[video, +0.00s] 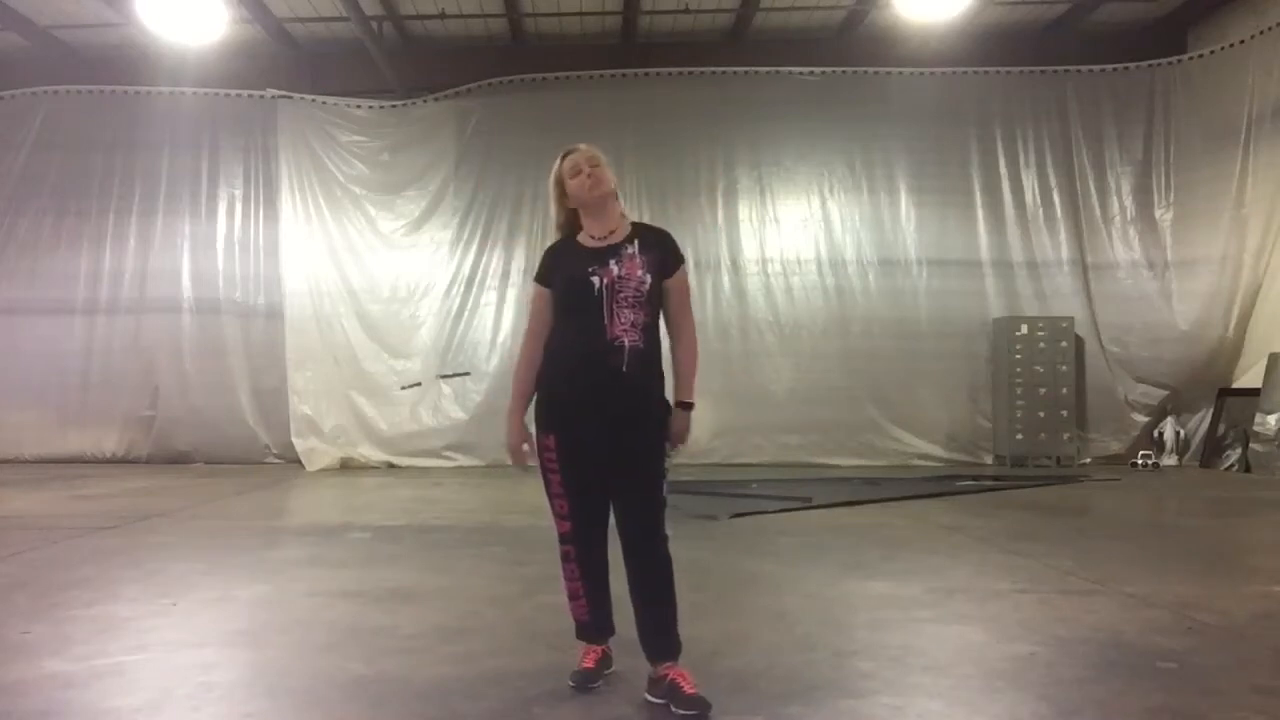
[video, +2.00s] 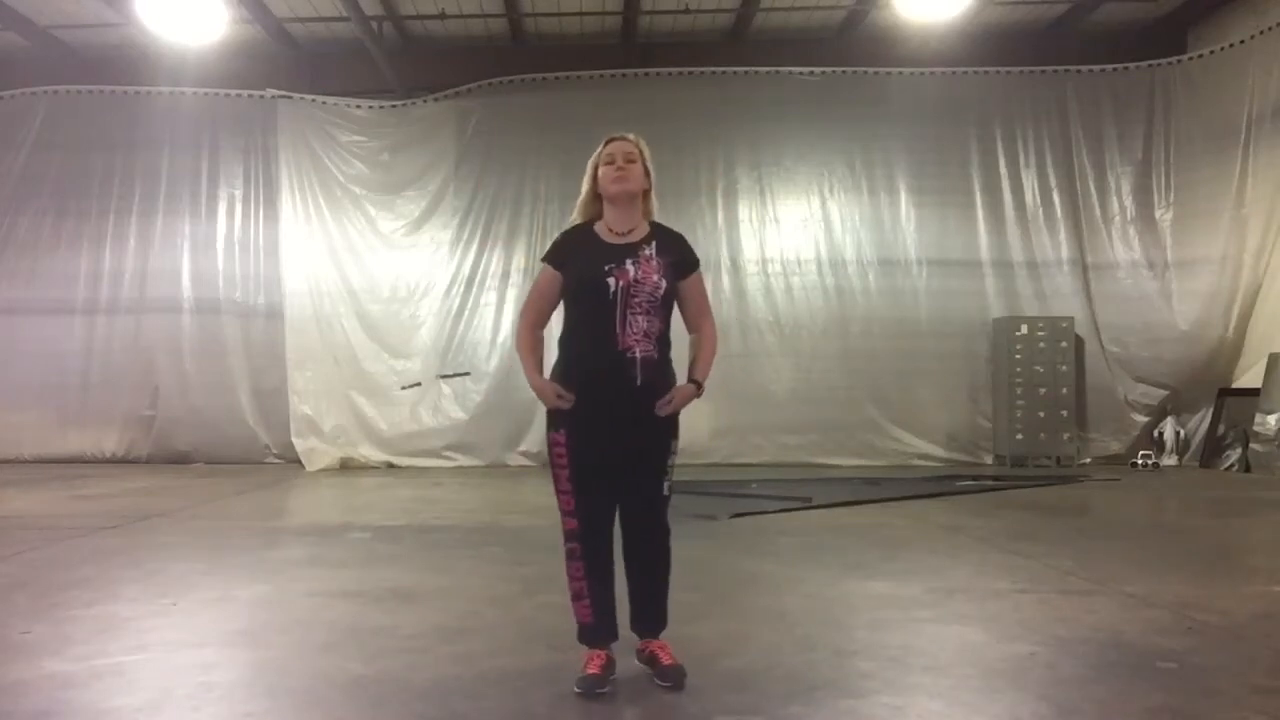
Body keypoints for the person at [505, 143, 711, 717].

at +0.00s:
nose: (589, 174)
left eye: (594, 165)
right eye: (576, 172)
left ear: (613, 176)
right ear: (565, 195)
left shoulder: (656, 244)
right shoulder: (558, 256)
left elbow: (682, 328)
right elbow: (535, 338)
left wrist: (683, 403)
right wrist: (516, 412)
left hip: (636, 413)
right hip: (566, 417)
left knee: (646, 537)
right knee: (579, 537)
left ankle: (665, 663)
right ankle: (593, 644)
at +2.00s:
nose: (618, 167)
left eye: (629, 160)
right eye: (608, 161)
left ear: (647, 176)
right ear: (595, 179)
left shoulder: (670, 245)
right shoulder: (572, 245)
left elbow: (702, 325)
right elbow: (530, 321)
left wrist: (694, 383)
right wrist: (537, 380)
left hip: (650, 407)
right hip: (581, 407)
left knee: (648, 526)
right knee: (586, 529)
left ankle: (651, 639)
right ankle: (597, 648)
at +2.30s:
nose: (615, 165)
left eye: (626, 159)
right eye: (605, 159)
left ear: (643, 176)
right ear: (590, 176)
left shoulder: (668, 244)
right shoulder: (568, 244)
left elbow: (709, 312)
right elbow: (517, 309)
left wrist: (712, 374)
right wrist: (517, 374)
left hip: (649, 402)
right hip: (579, 402)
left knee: (639, 523)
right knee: (585, 527)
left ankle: (634, 647)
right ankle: (597, 649)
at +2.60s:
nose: (622, 162)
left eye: (633, 156)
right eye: (612, 156)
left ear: (649, 174)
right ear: (596, 172)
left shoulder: (672, 238)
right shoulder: (571, 240)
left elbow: (713, 300)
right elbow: (524, 302)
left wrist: (719, 367)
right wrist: (523, 371)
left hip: (658, 401)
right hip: (588, 400)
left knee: (647, 522)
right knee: (591, 526)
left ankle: (635, 648)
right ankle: (597, 649)